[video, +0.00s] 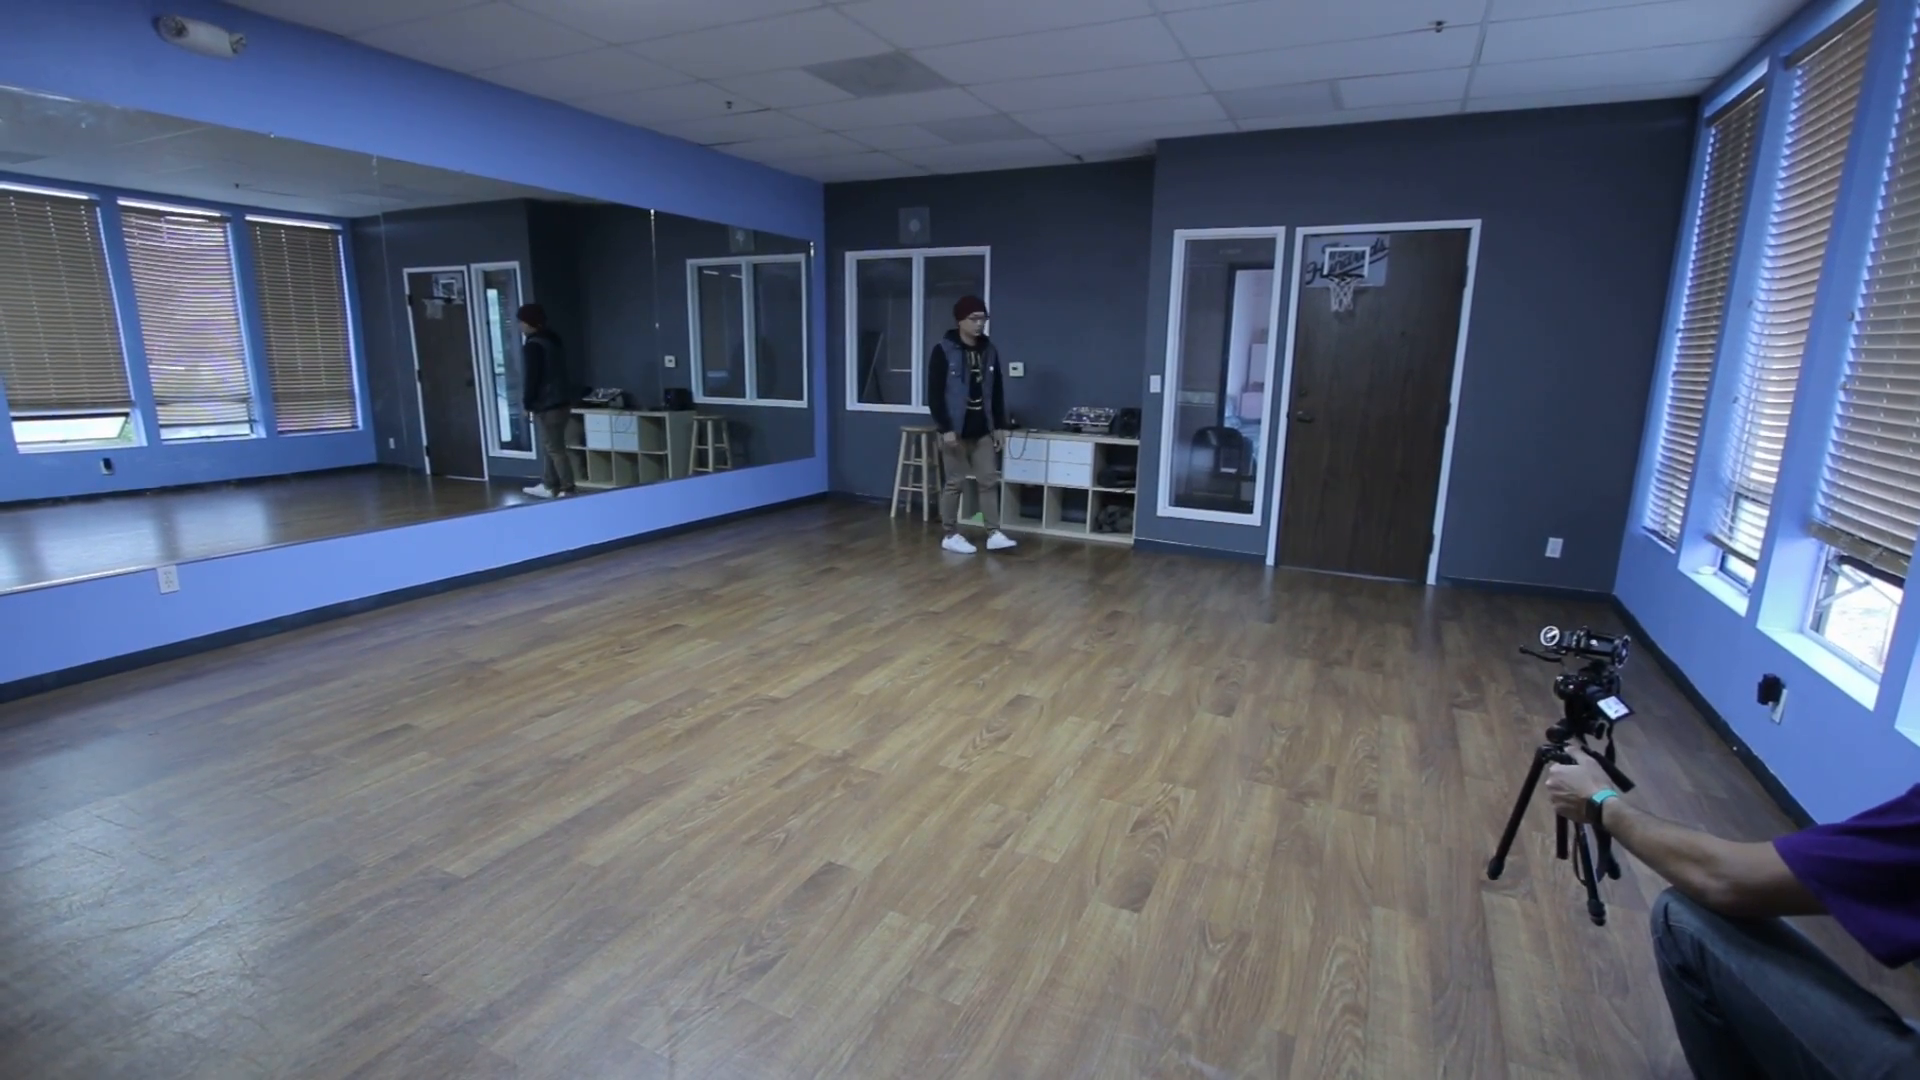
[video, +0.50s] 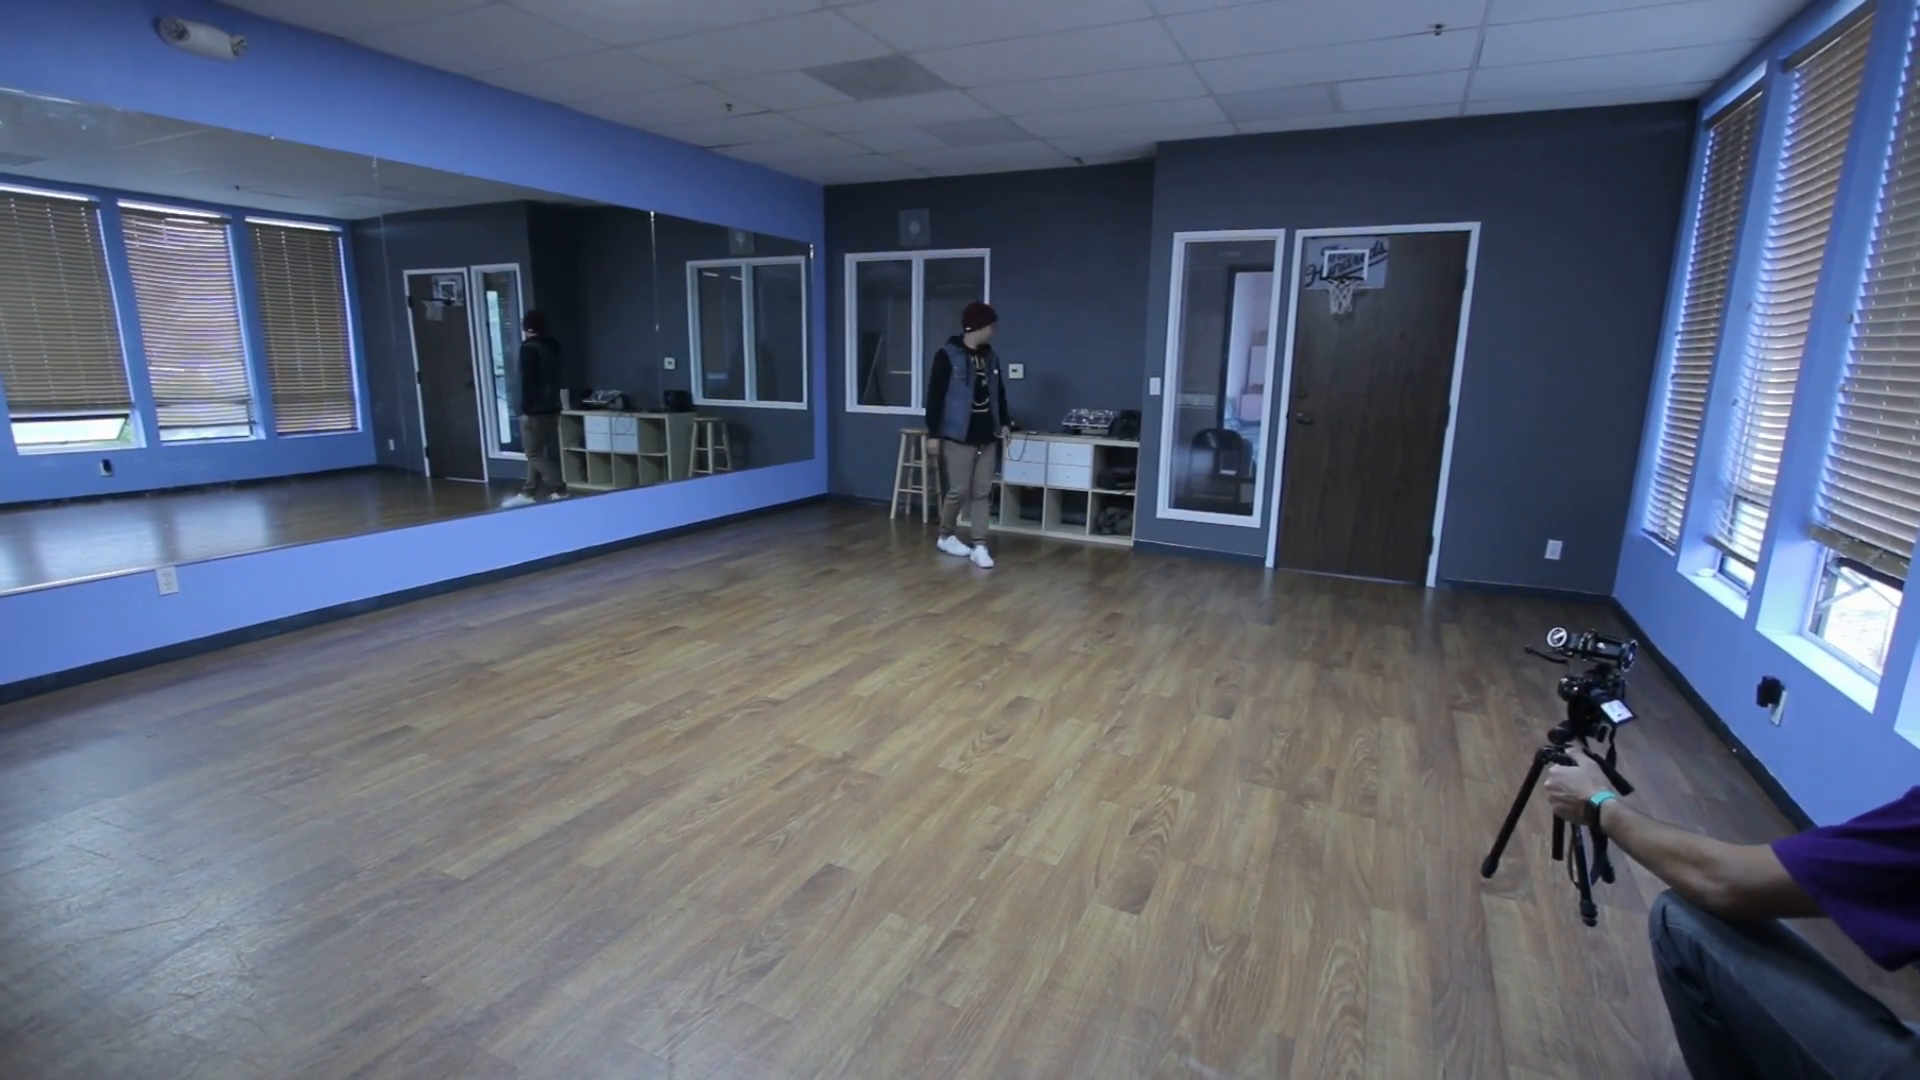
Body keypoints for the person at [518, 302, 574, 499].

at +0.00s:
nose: (520, 327)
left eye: (522, 323)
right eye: (520, 323)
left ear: (530, 323)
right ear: (539, 321)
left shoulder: (533, 344)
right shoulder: (553, 338)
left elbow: (532, 376)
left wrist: (527, 404)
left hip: (546, 402)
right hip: (560, 398)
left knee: (553, 447)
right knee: (550, 445)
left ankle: (567, 487)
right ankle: (549, 483)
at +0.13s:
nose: (520, 327)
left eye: (521, 323)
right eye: (520, 323)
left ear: (530, 323)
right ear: (537, 322)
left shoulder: (535, 345)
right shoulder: (550, 340)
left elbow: (534, 378)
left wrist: (527, 404)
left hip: (547, 405)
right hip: (555, 403)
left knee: (553, 447)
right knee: (540, 446)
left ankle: (567, 485)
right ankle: (535, 485)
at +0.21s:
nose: (518, 329)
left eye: (520, 325)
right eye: (518, 325)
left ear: (528, 325)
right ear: (536, 325)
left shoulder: (535, 347)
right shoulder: (547, 343)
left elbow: (535, 381)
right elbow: (544, 380)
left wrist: (526, 406)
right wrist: (530, 404)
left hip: (543, 408)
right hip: (548, 407)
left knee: (546, 452)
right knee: (536, 452)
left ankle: (566, 488)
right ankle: (531, 491)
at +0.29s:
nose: (518, 332)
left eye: (520, 328)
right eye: (518, 328)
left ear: (526, 328)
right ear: (537, 327)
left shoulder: (534, 350)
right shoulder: (547, 345)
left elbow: (534, 382)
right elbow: (544, 381)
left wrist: (525, 408)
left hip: (539, 409)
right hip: (547, 407)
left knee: (535, 452)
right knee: (537, 452)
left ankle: (562, 487)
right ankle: (530, 490)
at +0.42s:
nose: (522, 333)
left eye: (522, 329)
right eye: (522, 329)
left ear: (526, 330)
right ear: (541, 328)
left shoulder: (529, 349)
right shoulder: (550, 345)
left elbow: (530, 382)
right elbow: (552, 378)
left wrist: (525, 409)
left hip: (534, 408)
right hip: (549, 406)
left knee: (530, 453)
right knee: (535, 451)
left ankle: (559, 488)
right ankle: (530, 490)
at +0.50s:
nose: (523, 330)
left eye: (524, 327)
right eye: (525, 327)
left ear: (526, 328)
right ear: (543, 327)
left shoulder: (528, 348)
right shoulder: (552, 345)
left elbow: (527, 380)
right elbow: (554, 377)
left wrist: (525, 408)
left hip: (534, 409)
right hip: (551, 408)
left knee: (534, 454)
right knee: (537, 451)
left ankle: (558, 488)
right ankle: (530, 489)